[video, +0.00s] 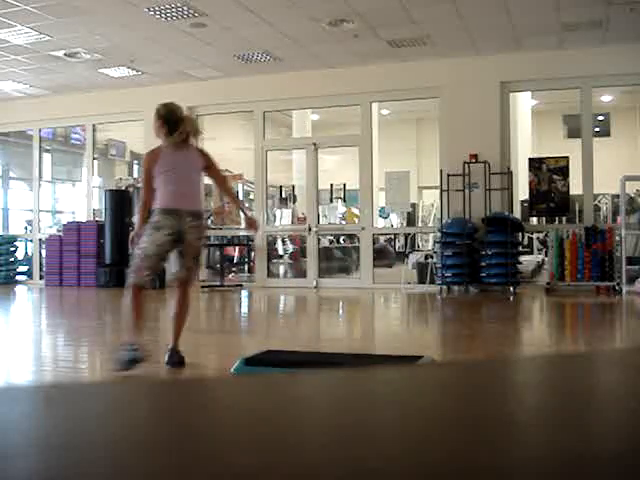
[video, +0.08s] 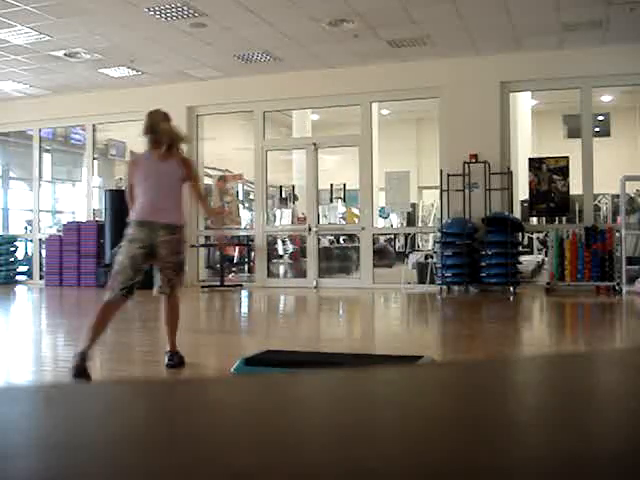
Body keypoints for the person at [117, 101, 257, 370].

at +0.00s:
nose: (153, 126)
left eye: (155, 122)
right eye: (155, 121)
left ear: (161, 125)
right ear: (180, 123)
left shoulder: (153, 156)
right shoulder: (198, 154)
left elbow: (147, 198)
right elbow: (223, 185)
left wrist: (139, 228)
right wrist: (245, 213)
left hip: (164, 218)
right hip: (194, 219)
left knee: (137, 278)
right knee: (184, 283)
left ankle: (135, 344)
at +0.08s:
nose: (169, 129)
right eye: (167, 125)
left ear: (146, 132)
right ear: (170, 130)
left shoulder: (136, 161)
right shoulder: (182, 162)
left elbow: (131, 197)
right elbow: (198, 193)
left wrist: (138, 217)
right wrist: (210, 213)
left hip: (139, 226)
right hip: (170, 229)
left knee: (117, 291)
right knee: (170, 291)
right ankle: (172, 351)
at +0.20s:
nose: (163, 134)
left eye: (162, 129)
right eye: (161, 129)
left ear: (136, 128)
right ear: (153, 130)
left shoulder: (119, 151)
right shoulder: (154, 156)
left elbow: (130, 177)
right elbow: (154, 195)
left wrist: (158, 172)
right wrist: (156, 231)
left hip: (112, 226)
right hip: (142, 227)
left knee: (100, 299)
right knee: (164, 289)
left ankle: (74, 364)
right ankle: (172, 348)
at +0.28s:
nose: (164, 120)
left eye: (163, 115)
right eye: (160, 115)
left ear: (138, 117)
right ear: (146, 117)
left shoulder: (121, 145)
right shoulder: (148, 143)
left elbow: (126, 191)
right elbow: (137, 178)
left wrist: (160, 211)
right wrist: (130, 219)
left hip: (110, 219)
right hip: (137, 220)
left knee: (99, 293)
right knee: (166, 282)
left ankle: (75, 362)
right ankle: (166, 348)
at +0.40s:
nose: (164, 108)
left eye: (164, 103)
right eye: (159, 103)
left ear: (146, 107)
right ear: (142, 105)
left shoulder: (142, 137)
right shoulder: (135, 131)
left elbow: (146, 188)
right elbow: (117, 163)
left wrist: (183, 192)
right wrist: (115, 204)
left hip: (112, 213)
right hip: (130, 213)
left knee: (101, 285)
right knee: (168, 276)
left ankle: (72, 355)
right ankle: (152, 350)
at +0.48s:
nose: (163, 108)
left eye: (163, 103)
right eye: (157, 103)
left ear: (149, 108)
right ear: (140, 106)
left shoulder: (142, 139)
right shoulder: (134, 132)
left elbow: (148, 189)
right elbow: (116, 165)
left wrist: (187, 192)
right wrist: (115, 204)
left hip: (113, 214)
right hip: (130, 214)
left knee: (101, 288)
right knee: (166, 280)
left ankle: (71, 357)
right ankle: (150, 353)